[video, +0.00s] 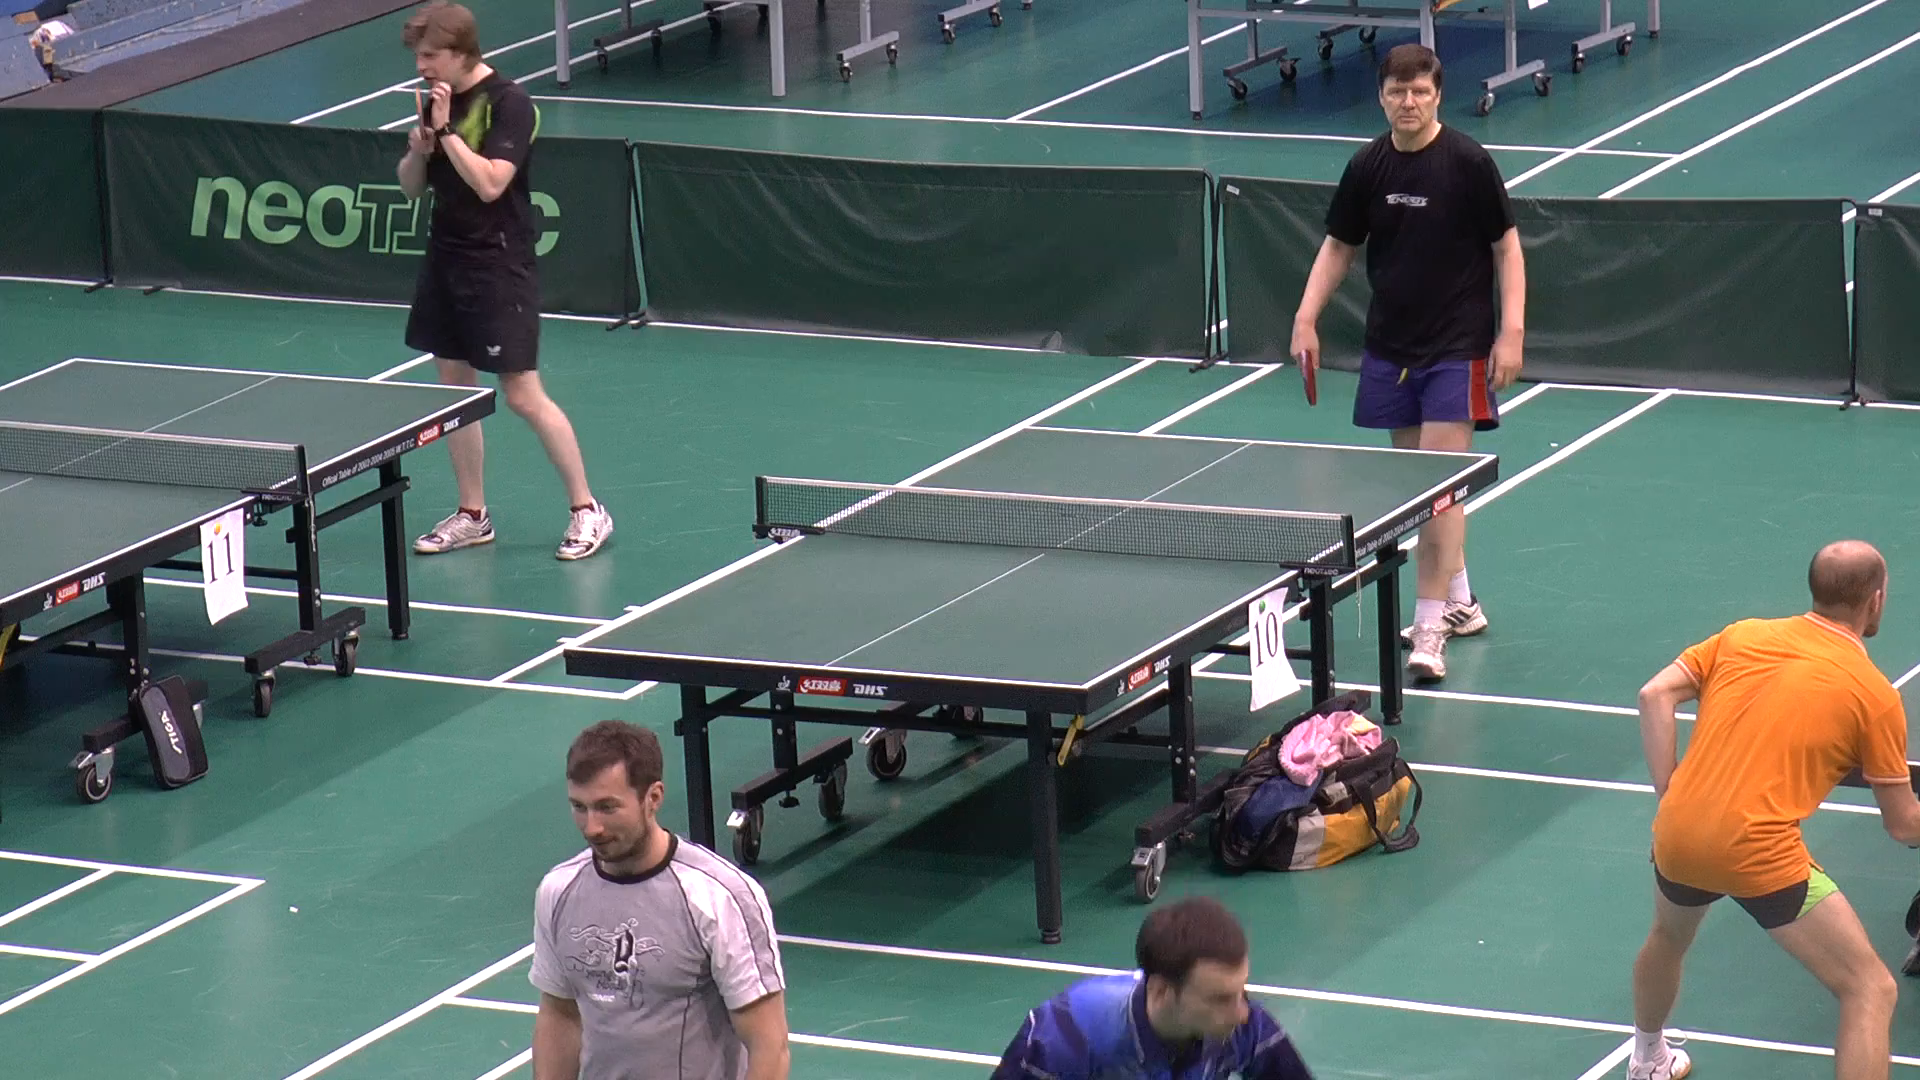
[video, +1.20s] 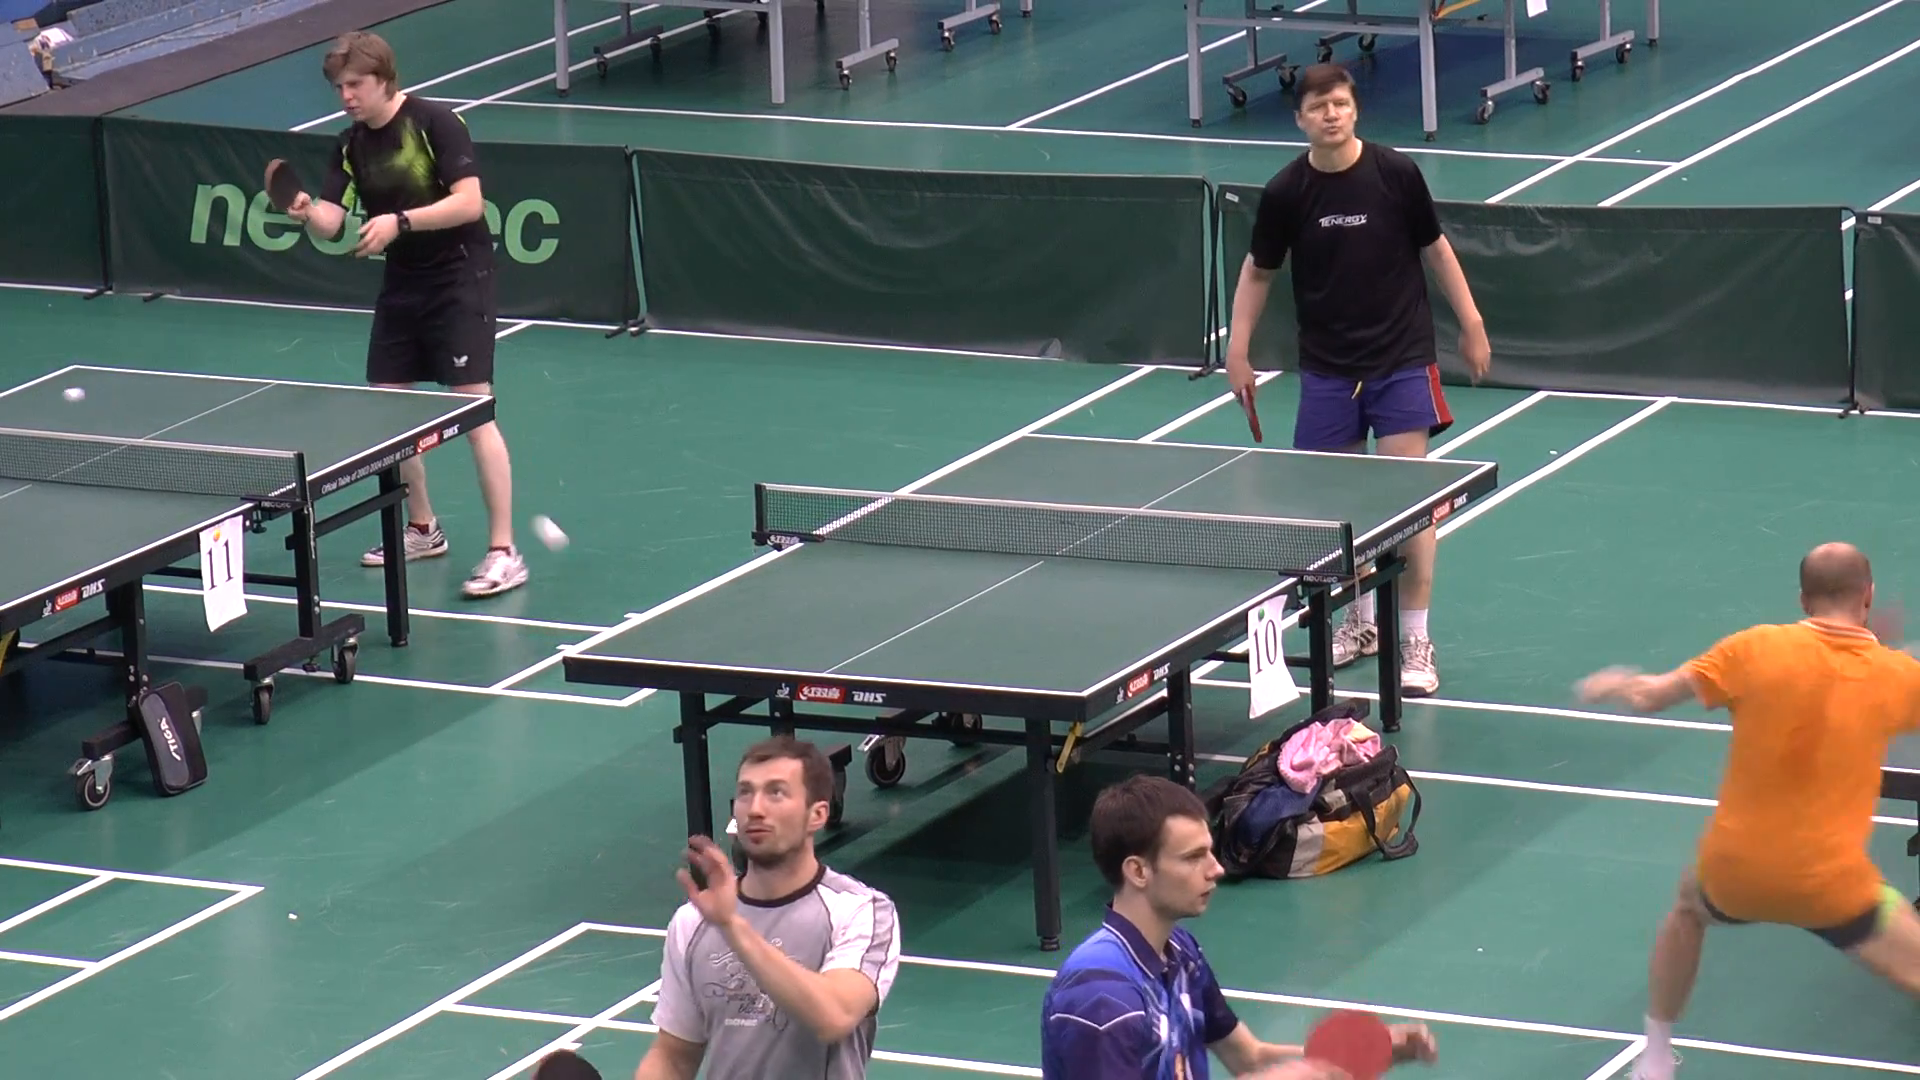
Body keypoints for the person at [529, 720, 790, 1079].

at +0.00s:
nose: (591, 828)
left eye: (608, 807)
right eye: (579, 807)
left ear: (652, 798)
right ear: (570, 799)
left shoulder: (726, 898)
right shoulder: (558, 893)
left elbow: (770, 1049)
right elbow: (559, 1015)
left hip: (704, 1072)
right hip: (602, 1073)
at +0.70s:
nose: (621, 842)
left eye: (641, 823)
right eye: (612, 822)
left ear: (687, 830)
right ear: (603, 824)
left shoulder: (756, 929)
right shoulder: (568, 931)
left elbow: (787, 1065)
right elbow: (540, 1053)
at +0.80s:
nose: (651, 829)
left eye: (672, 812)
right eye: (644, 811)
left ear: (717, 826)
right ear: (634, 817)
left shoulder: (780, 930)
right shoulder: (593, 930)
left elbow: (801, 1065)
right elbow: (560, 1054)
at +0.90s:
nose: (684, 824)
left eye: (706, 807)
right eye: (676, 807)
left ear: (750, 825)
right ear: (666, 816)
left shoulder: (806, 927)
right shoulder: (627, 930)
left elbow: (809, 1063)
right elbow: (592, 1054)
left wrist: (673, 1048)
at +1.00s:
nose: (712, 817)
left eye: (734, 801)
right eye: (704, 802)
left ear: (777, 822)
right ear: (693, 814)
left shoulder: (830, 919)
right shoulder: (660, 925)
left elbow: (819, 1049)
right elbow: (631, 1058)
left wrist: (694, 997)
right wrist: (580, 1078)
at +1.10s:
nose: (735, 813)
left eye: (757, 797)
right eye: (727, 797)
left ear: (800, 818)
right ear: (717, 808)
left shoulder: (851, 915)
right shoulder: (684, 922)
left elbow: (829, 1029)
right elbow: (663, 1057)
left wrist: (716, 955)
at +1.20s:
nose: (755, 810)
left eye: (777, 793)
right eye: (745, 794)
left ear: (817, 815)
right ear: (733, 810)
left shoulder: (866, 913)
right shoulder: (693, 922)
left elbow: (833, 1017)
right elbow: (673, 1054)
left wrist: (731, 923)